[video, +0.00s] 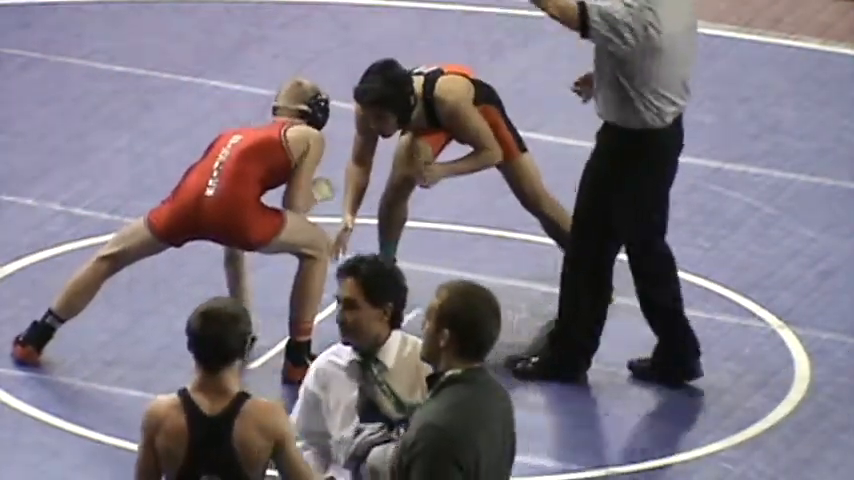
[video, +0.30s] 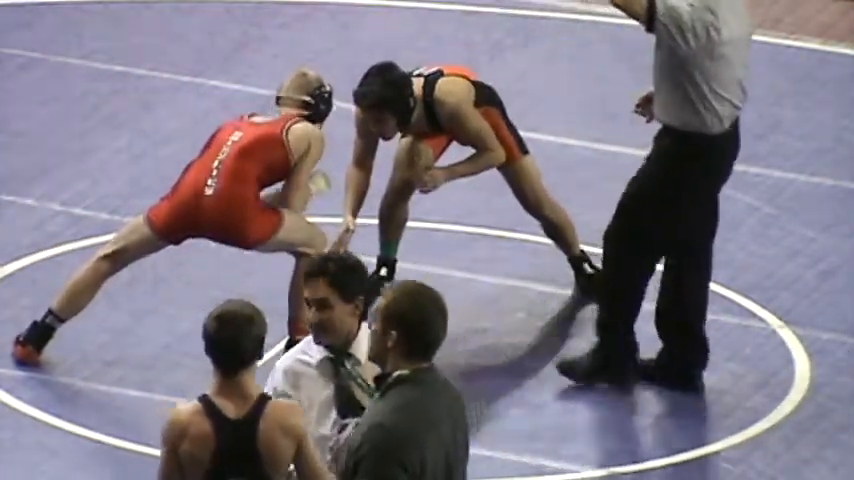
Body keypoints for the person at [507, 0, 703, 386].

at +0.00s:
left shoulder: (634, 17)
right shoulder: (678, 5)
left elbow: (560, 8)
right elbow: (659, 55)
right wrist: (607, 79)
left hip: (627, 143)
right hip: (659, 136)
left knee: (587, 251)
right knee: (647, 247)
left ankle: (567, 358)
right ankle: (678, 356)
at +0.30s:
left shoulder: (688, 16)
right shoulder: (730, 8)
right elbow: (714, 67)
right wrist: (666, 96)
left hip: (687, 147)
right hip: (713, 141)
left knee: (625, 243)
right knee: (689, 255)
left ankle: (613, 355)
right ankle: (682, 363)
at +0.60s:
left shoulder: (743, 34)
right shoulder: (783, 17)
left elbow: (676, 30)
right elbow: (802, 84)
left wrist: (637, 2)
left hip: (737, 163)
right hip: (763, 156)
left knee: (726, 269)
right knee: (711, 262)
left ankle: (785, 391)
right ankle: (684, 362)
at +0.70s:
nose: (736, 0)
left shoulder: (767, 37)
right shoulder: (802, 22)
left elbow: (704, 65)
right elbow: (828, 87)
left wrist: (665, 45)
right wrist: (783, 108)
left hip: (761, 165)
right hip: (787, 160)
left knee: (753, 271)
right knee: (736, 266)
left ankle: (792, 400)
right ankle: (694, 358)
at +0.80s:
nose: (753, 2)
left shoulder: (778, 40)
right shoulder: (830, 23)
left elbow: (741, 94)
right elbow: (849, 87)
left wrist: (699, 104)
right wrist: (826, 122)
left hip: (782, 169)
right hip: (814, 163)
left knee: (768, 274)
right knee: (759, 267)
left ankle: (793, 401)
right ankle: (711, 356)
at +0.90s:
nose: (772, 4)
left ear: (787, 2)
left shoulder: (797, 42)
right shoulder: (841, 23)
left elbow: (779, 114)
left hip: (806, 169)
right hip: (835, 163)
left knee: (781, 271)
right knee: (780, 265)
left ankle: (793, 402)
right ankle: (757, 367)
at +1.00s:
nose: (791, 5)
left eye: (795, 1)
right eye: (793, 0)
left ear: (812, 2)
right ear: (834, 0)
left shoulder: (820, 44)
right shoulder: (842, 30)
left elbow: (829, 107)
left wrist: (831, 158)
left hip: (816, 177)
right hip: (838, 176)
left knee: (794, 284)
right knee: (814, 280)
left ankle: (792, 398)